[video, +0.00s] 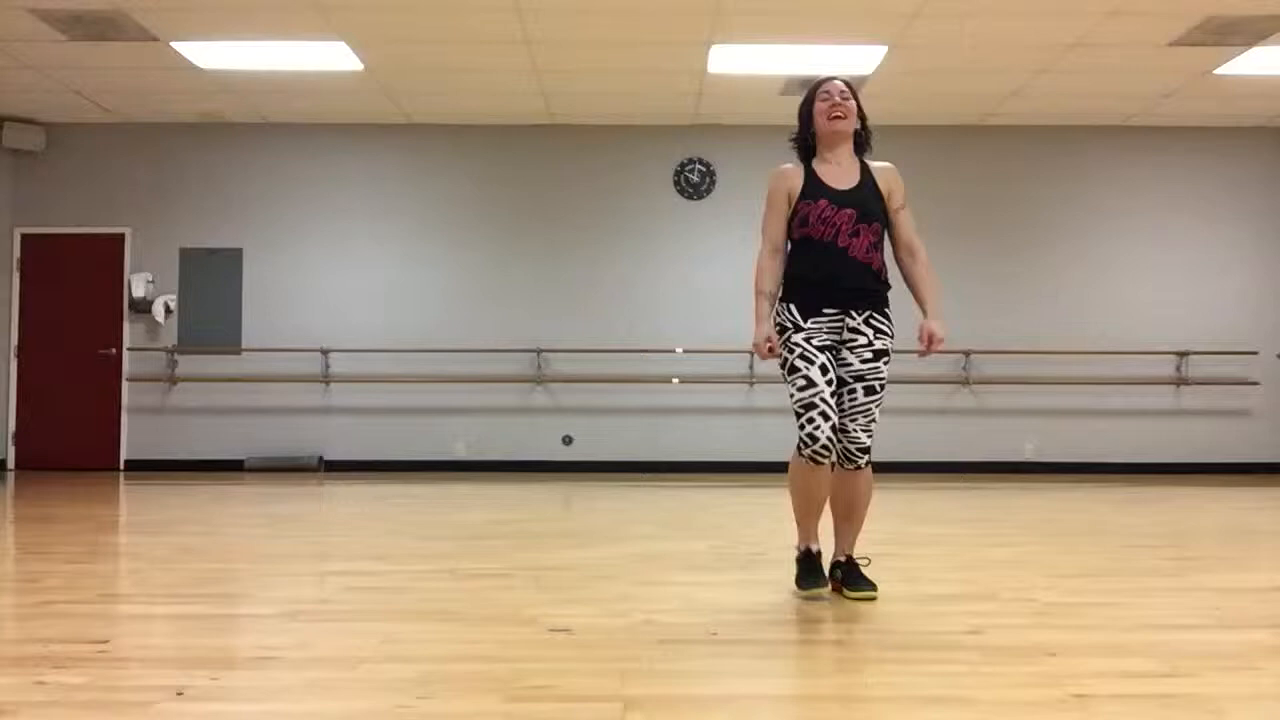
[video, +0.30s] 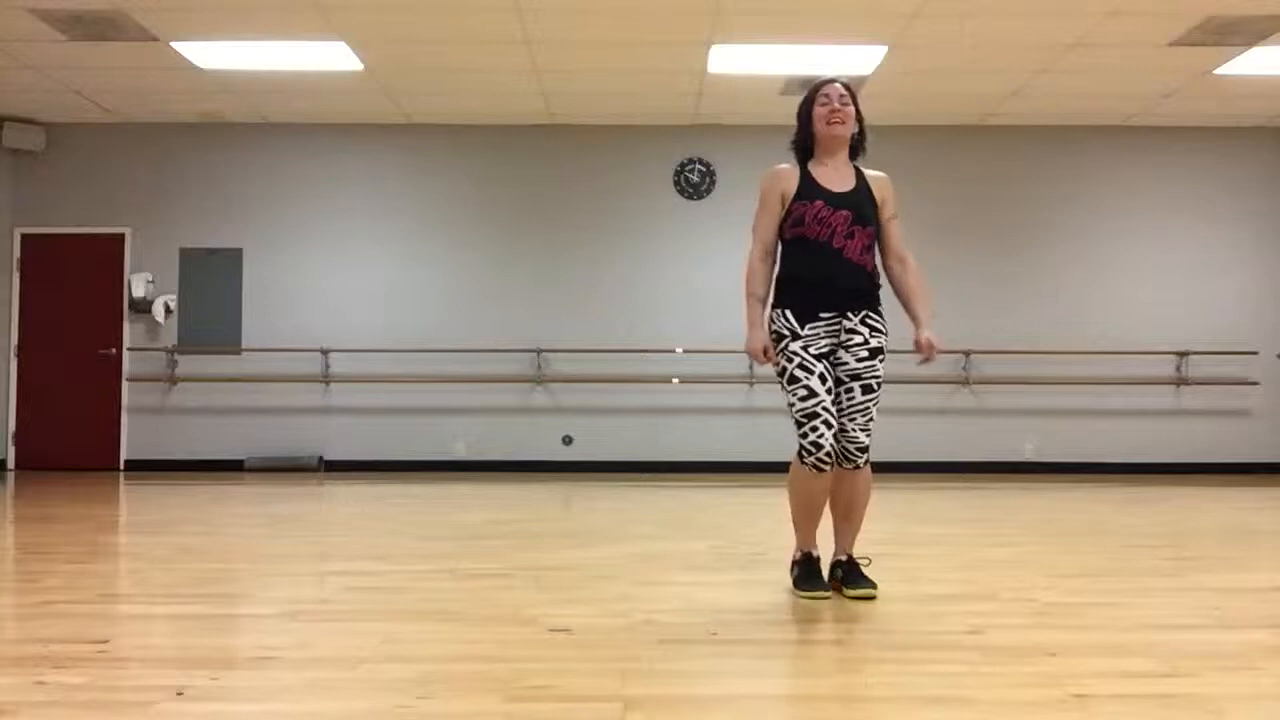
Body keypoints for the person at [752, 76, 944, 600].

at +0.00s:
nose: (836, 102)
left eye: (845, 96)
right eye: (825, 97)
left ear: (859, 114)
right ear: (808, 116)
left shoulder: (884, 176)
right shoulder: (790, 177)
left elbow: (910, 251)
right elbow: (771, 252)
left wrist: (930, 314)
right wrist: (763, 321)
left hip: (868, 322)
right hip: (803, 320)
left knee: (856, 440)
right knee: (818, 433)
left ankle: (846, 561)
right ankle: (808, 551)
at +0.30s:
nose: (835, 108)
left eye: (844, 101)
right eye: (825, 101)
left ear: (857, 117)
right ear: (807, 117)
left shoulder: (877, 185)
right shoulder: (783, 179)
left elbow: (898, 260)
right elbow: (762, 255)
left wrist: (921, 322)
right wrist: (755, 325)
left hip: (862, 325)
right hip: (798, 325)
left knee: (855, 442)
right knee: (819, 441)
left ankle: (845, 559)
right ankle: (804, 555)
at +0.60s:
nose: (835, 107)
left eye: (843, 101)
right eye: (824, 102)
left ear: (857, 117)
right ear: (806, 119)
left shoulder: (878, 184)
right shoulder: (783, 177)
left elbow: (886, 266)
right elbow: (757, 251)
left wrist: (889, 333)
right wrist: (743, 314)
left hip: (860, 320)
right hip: (793, 321)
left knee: (858, 436)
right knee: (803, 438)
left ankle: (847, 541)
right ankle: (804, 557)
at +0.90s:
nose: (837, 109)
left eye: (845, 102)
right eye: (826, 103)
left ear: (859, 117)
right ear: (809, 120)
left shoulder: (882, 181)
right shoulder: (789, 182)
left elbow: (907, 255)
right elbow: (770, 255)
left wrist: (926, 318)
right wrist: (759, 321)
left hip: (867, 325)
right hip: (802, 323)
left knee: (854, 441)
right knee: (816, 434)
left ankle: (841, 558)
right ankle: (803, 547)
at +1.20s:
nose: (834, 115)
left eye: (843, 108)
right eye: (824, 108)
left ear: (856, 121)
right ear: (806, 121)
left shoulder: (878, 184)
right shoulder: (785, 184)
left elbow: (900, 257)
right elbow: (766, 259)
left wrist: (923, 318)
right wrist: (757, 327)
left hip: (867, 325)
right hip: (803, 325)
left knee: (857, 442)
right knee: (821, 438)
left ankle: (843, 556)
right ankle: (807, 553)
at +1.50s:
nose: (838, 117)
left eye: (847, 109)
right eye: (828, 109)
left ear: (861, 120)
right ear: (811, 121)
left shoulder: (883, 183)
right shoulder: (789, 183)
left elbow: (899, 262)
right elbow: (767, 257)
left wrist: (910, 330)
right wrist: (757, 319)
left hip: (873, 323)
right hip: (806, 324)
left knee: (870, 442)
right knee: (818, 441)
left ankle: (857, 550)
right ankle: (808, 555)